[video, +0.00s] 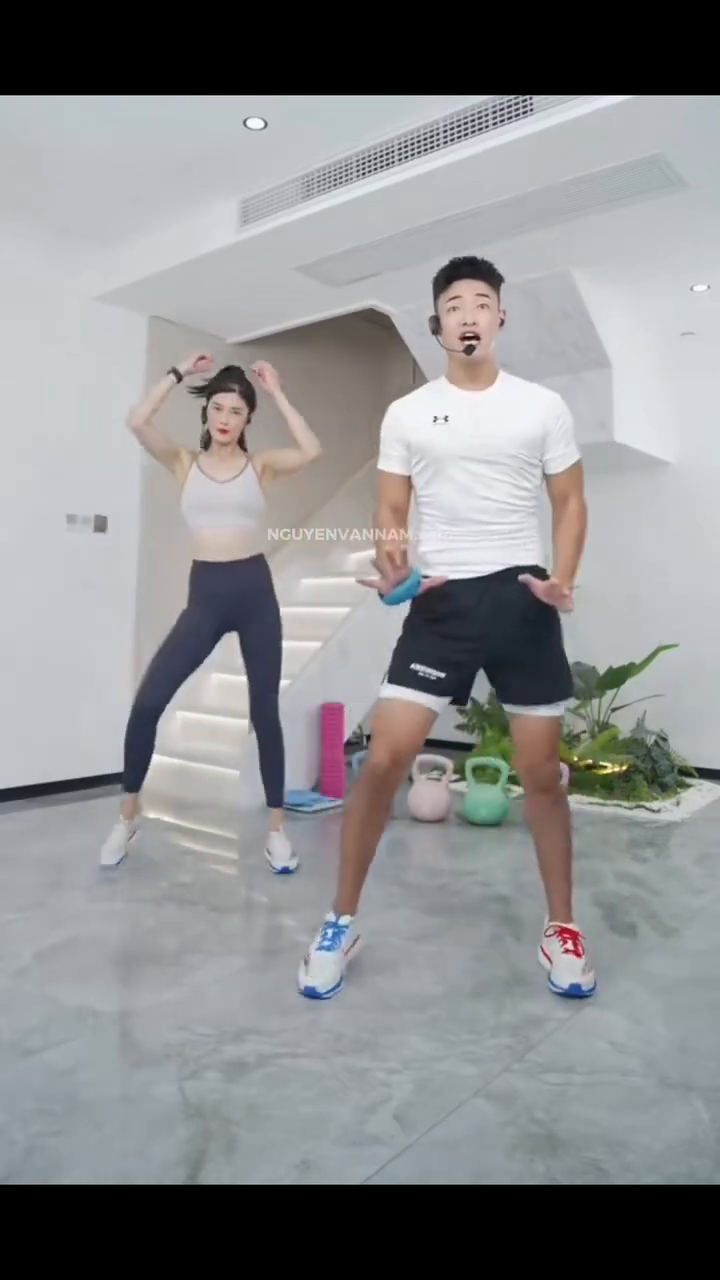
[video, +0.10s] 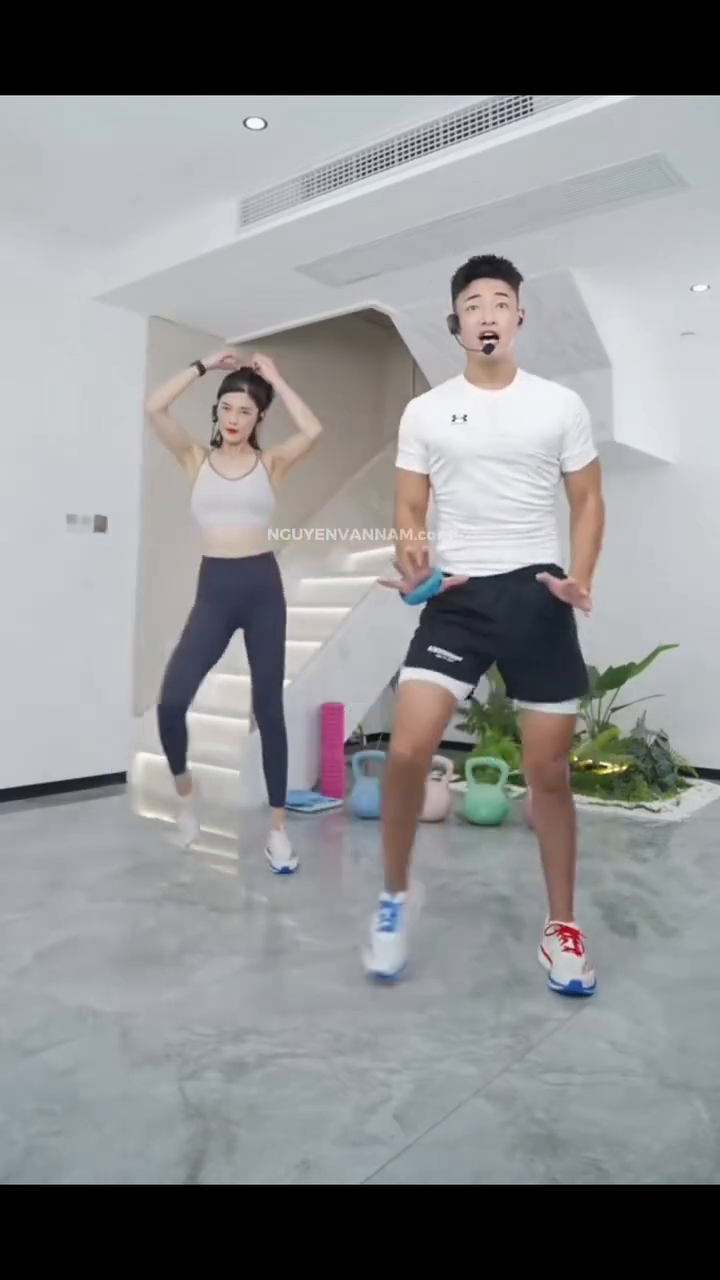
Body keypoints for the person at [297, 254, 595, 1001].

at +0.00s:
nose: (469, 317)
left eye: (481, 305)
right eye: (456, 306)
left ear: (502, 318)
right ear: (437, 324)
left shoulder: (543, 408)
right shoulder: (406, 415)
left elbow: (570, 504)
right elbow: (391, 519)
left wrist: (562, 580)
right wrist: (393, 558)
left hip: (525, 604)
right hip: (438, 605)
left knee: (542, 775)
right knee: (385, 758)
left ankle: (561, 929)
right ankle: (340, 921)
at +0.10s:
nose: (487, 316)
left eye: (501, 304)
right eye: (473, 305)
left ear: (520, 317)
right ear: (456, 323)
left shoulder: (560, 407)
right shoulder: (425, 412)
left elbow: (588, 503)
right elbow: (409, 515)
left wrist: (581, 579)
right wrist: (416, 564)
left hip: (539, 602)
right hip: (454, 601)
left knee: (549, 776)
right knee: (406, 753)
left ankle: (561, 929)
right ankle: (393, 896)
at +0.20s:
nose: (498, 314)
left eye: (511, 302)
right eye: (485, 303)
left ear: (530, 315)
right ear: (467, 320)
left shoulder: (570, 406)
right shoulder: (436, 412)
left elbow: (597, 501)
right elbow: (418, 516)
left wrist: (589, 575)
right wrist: (430, 564)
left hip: (547, 600)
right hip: (465, 599)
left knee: (553, 776)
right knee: (439, 759)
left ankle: (563, 928)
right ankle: (461, 885)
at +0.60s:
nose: (486, 316)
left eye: (498, 304)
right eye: (473, 306)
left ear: (518, 319)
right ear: (456, 322)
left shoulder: (557, 410)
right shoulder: (422, 411)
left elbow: (579, 506)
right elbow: (403, 508)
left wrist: (564, 579)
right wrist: (409, 543)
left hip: (529, 603)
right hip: (445, 603)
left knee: (547, 777)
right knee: (399, 768)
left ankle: (562, 929)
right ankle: (377, 913)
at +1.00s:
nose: (405, 313)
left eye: (419, 301)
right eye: (391, 302)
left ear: (438, 317)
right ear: (374, 320)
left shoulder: (476, 407)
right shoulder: (338, 404)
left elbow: (499, 494)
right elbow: (316, 492)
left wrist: (490, 555)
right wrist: (316, 542)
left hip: (442, 599)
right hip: (359, 600)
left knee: (471, 768)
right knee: (343, 766)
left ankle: (457, 890)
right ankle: (331, 936)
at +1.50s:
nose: (420, 301)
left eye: (433, 289)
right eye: (406, 289)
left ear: (453, 307)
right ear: (385, 308)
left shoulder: (492, 397)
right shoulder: (348, 402)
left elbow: (514, 473)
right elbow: (315, 474)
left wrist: (514, 531)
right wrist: (322, 530)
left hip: (469, 596)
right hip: (382, 601)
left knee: (521, 767)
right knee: (358, 769)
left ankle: (534, 931)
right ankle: (334, 937)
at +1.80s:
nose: (493, 306)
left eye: (507, 293)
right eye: (478, 294)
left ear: (525, 310)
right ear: (455, 313)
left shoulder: (565, 402)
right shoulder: (419, 407)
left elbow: (591, 471)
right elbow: (388, 481)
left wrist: (596, 537)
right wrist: (400, 540)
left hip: (544, 605)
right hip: (454, 608)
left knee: (562, 781)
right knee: (406, 766)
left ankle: (564, 945)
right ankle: (386, 911)